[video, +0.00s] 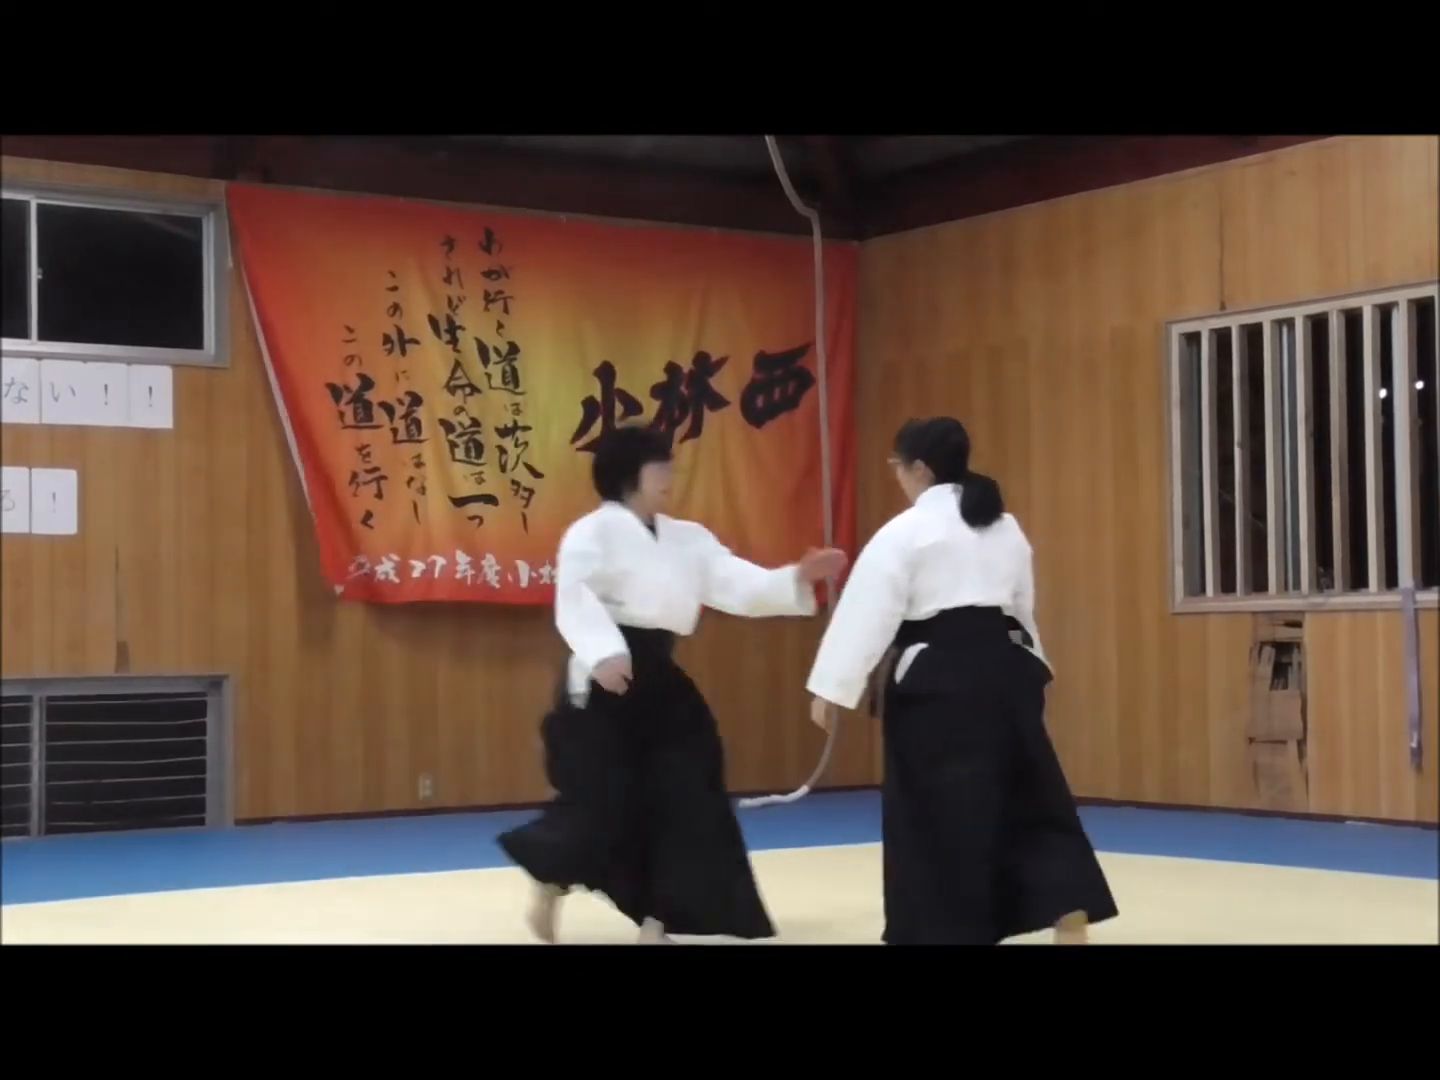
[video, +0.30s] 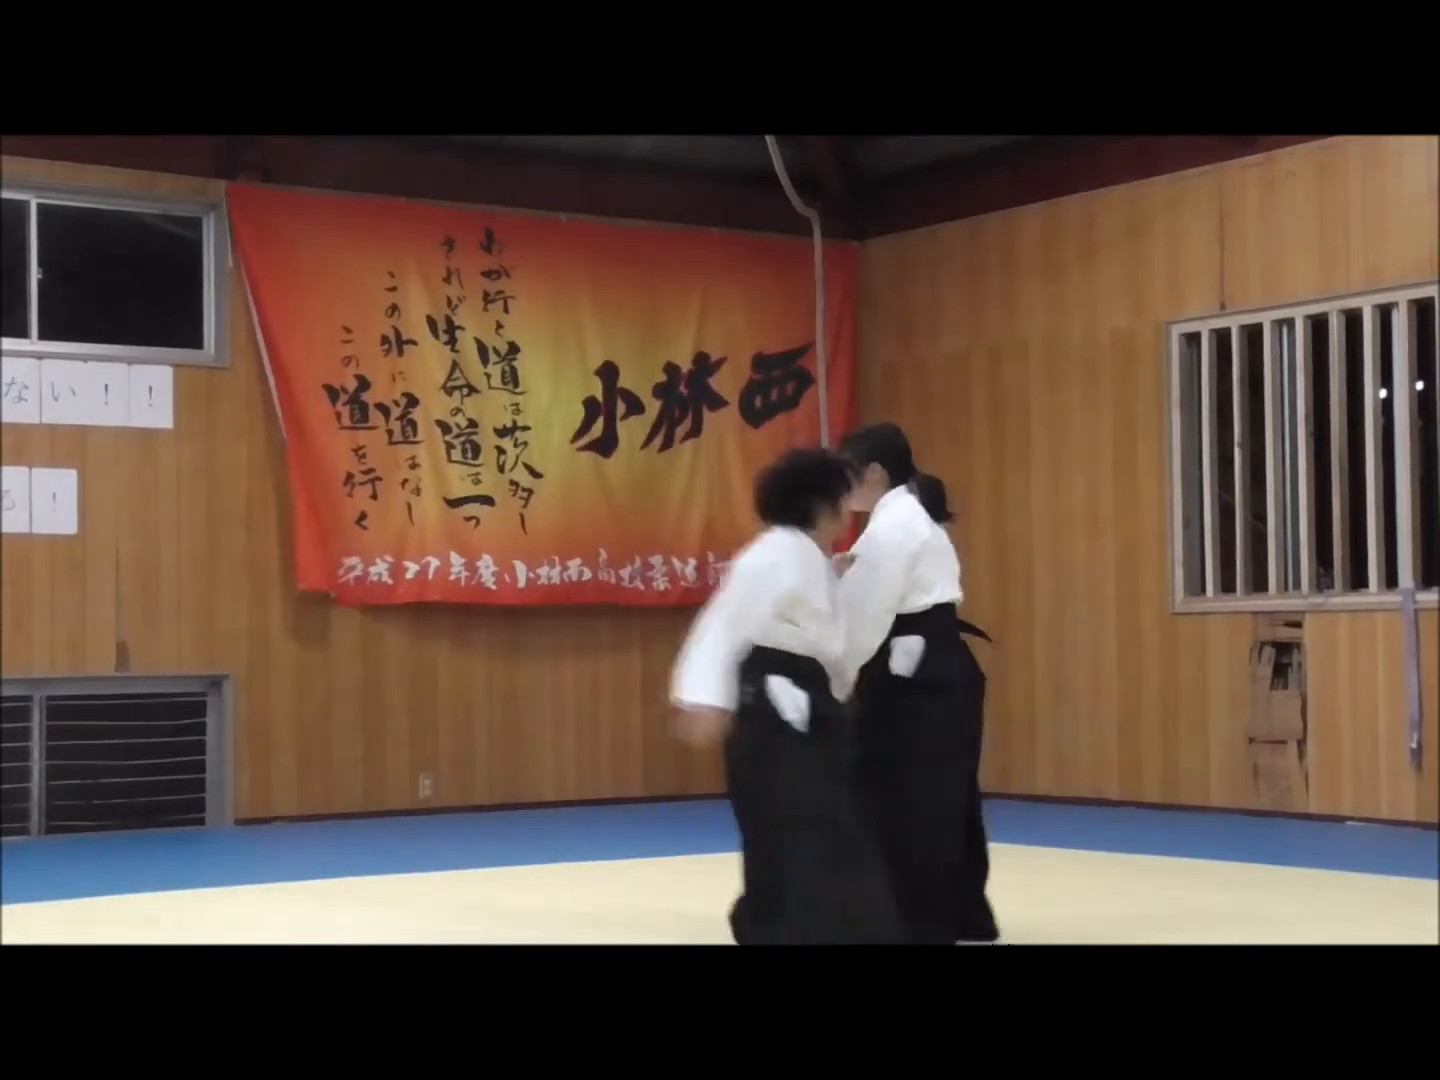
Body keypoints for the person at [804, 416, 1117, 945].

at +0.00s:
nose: (897, 477)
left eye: (899, 467)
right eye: (897, 467)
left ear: (917, 469)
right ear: (956, 466)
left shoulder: (903, 533)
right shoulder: (1004, 526)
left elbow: (865, 613)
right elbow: (1021, 608)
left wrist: (831, 685)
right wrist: (1034, 668)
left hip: (935, 675)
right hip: (1009, 669)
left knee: (934, 802)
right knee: (1029, 791)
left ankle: (940, 927)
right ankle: (1069, 907)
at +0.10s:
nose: (875, 478)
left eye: (878, 468)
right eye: (875, 468)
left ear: (898, 469)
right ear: (934, 466)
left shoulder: (889, 532)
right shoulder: (980, 525)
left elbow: (853, 613)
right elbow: (987, 606)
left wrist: (812, 678)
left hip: (922, 673)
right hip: (990, 666)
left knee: (910, 798)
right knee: (984, 785)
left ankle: (920, 927)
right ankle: (1008, 913)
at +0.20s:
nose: (856, 483)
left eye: (859, 472)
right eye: (855, 472)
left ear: (884, 470)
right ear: (906, 469)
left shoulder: (888, 529)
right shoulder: (952, 517)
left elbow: (850, 610)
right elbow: (944, 599)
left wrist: (812, 660)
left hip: (910, 673)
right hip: (963, 668)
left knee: (898, 801)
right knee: (959, 799)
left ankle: (909, 926)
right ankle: (985, 922)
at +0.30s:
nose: (846, 487)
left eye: (852, 475)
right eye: (846, 476)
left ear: (876, 473)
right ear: (892, 473)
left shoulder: (889, 528)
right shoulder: (915, 516)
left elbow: (867, 615)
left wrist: (839, 676)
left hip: (912, 667)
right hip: (948, 662)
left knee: (907, 797)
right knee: (947, 796)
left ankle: (925, 921)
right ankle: (966, 918)